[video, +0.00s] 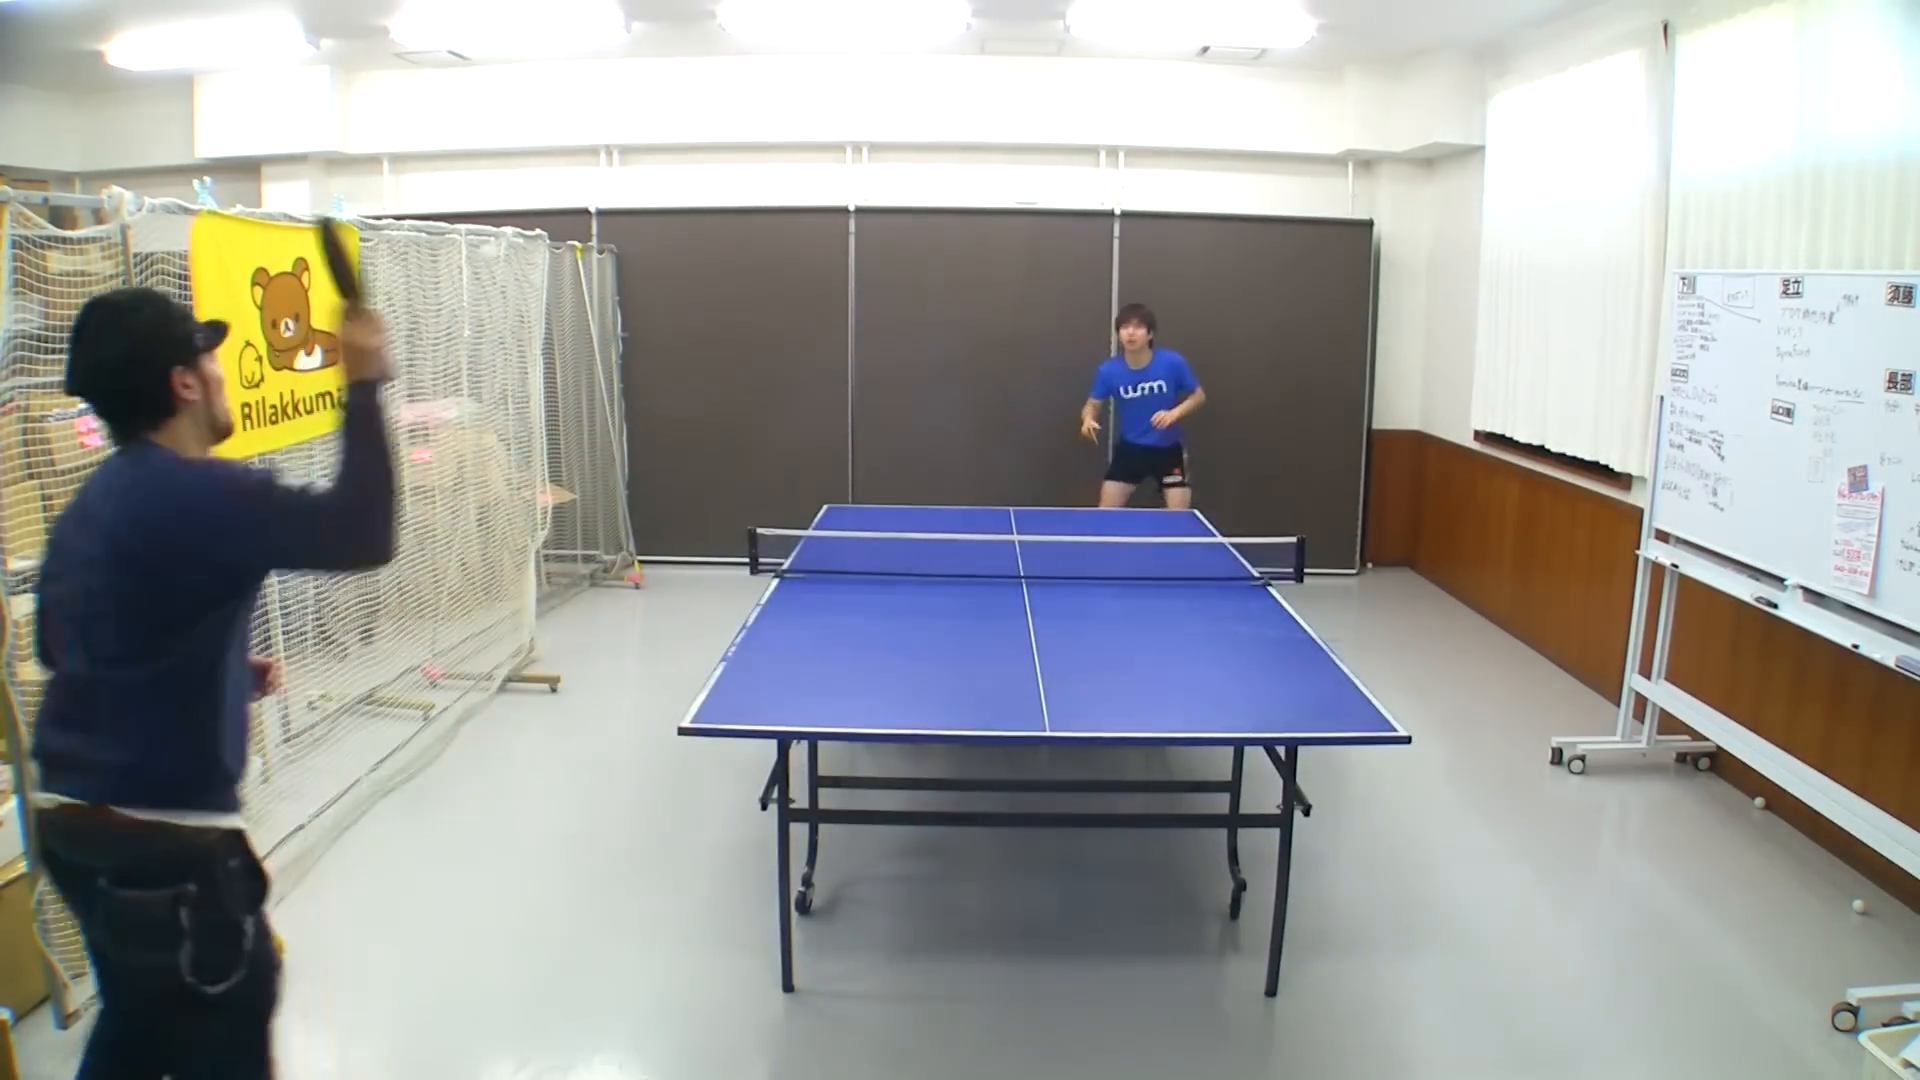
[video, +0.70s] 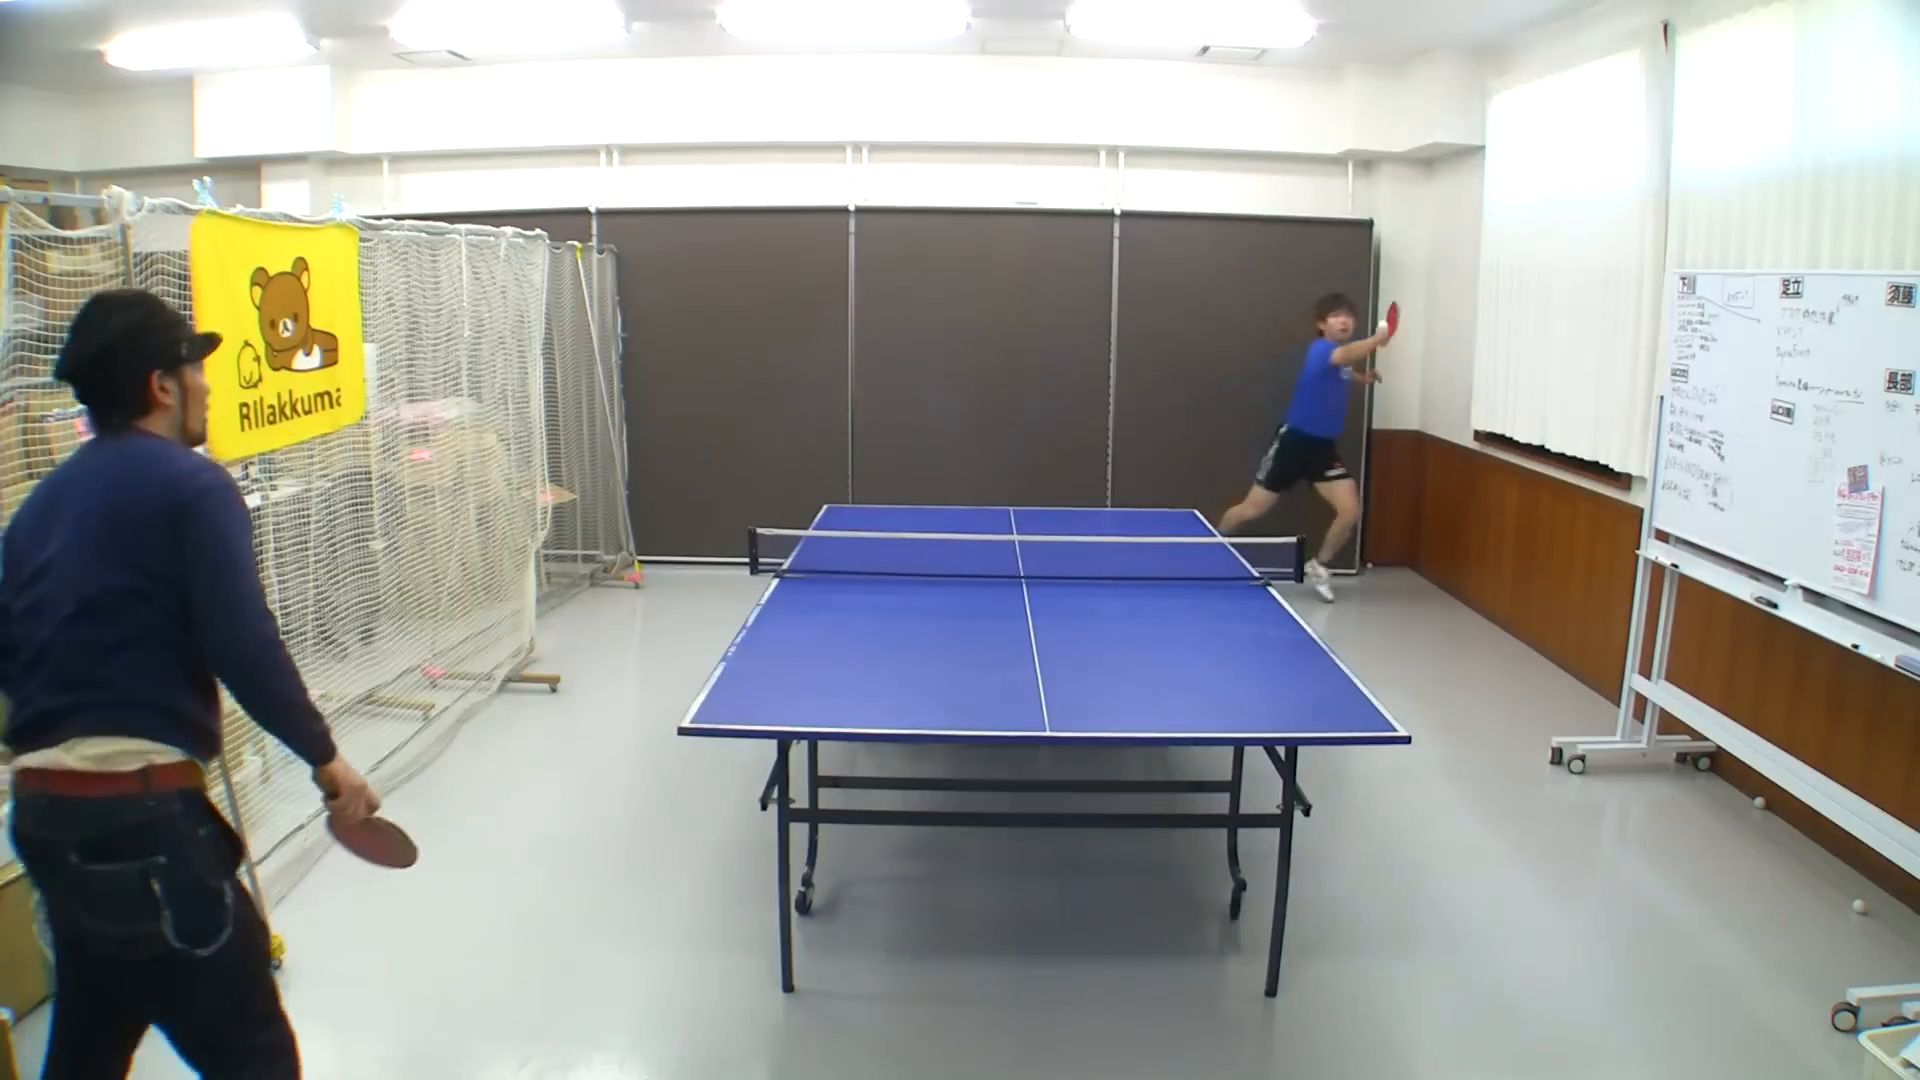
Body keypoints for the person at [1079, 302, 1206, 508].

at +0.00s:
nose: (1131, 333)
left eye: (1138, 327)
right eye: (1125, 327)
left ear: (1149, 334)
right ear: (1118, 333)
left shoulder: (1171, 362)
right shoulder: (1109, 370)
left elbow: (1199, 395)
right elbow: (1093, 403)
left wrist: (1173, 414)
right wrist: (1088, 419)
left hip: (1167, 449)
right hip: (1130, 449)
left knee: (1178, 519)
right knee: (1106, 514)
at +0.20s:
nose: (1154, 345)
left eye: (1161, 339)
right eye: (1149, 339)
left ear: (1174, 345)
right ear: (1142, 346)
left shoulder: (1193, 372)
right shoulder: (1136, 383)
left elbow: (1222, 410)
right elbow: (1126, 416)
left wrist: (1183, 417)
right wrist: (1112, 429)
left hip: (1201, 459)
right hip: (1164, 461)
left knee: (1227, 521)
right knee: (1145, 520)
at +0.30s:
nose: (1172, 356)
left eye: (1179, 350)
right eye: (1167, 351)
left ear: (1190, 354)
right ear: (1159, 357)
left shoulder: (1211, 385)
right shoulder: (1155, 392)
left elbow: (1234, 423)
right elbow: (1148, 425)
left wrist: (1196, 434)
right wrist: (1133, 438)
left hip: (1219, 468)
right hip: (1182, 470)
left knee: (1254, 527)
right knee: (1153, 522)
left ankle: (1283, 575)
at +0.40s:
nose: (1208, 358)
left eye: (1214, 352)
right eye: (1202, 353)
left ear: (1224, 357)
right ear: (1192, 359)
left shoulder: (1241, 387)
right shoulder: (1183, 394)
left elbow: (1266, 420)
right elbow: (1175, 425)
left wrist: (1249, 435)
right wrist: (1176, 445)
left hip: (1240, 473)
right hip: (1201, 473)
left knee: (1278, 527)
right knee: (1166, 522)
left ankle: (1301, 580)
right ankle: (1152, 583)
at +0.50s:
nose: (1260, 350)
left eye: (1265, 344)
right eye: (1253, 344)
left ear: (1273, 349)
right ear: (1241, 351)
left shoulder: (1285, 379)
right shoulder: (1227, 387)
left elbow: (1308, 410)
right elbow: (1217, 431)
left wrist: (1305, 413)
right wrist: (1253, 430)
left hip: (1271, 469)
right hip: (1233, 469)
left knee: (1301, 525)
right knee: (1193, 520)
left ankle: (1302, 579)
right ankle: (1168, 579)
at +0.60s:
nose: (1308, 335)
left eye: (1313, 329)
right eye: (1301, 329)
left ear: (1319, 334)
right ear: (1286, 335)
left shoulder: (1319, 363)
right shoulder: (1281, 363)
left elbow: (1340, 386)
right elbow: (1291, 394)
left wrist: (1361, 373)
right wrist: (1331, 376)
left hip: (1296, 456)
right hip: (1262, 452)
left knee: (1320, 522)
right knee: (1220, 514)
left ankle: (1303, 578)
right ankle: (1171, 557)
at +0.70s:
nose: (1344, 322)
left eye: (1349, 316)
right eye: (1336, 316)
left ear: (1355, 323)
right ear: (1321, 324)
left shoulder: (1341, 356)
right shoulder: (1319, 350)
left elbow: (1343, 372)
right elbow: (1343, 356)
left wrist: (1363, 378)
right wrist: (1377, 340)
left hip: (1322, 447)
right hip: (1293, 442)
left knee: (1350, 511)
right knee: (1252, 509)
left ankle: (1319, 566)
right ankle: (1211, 542)